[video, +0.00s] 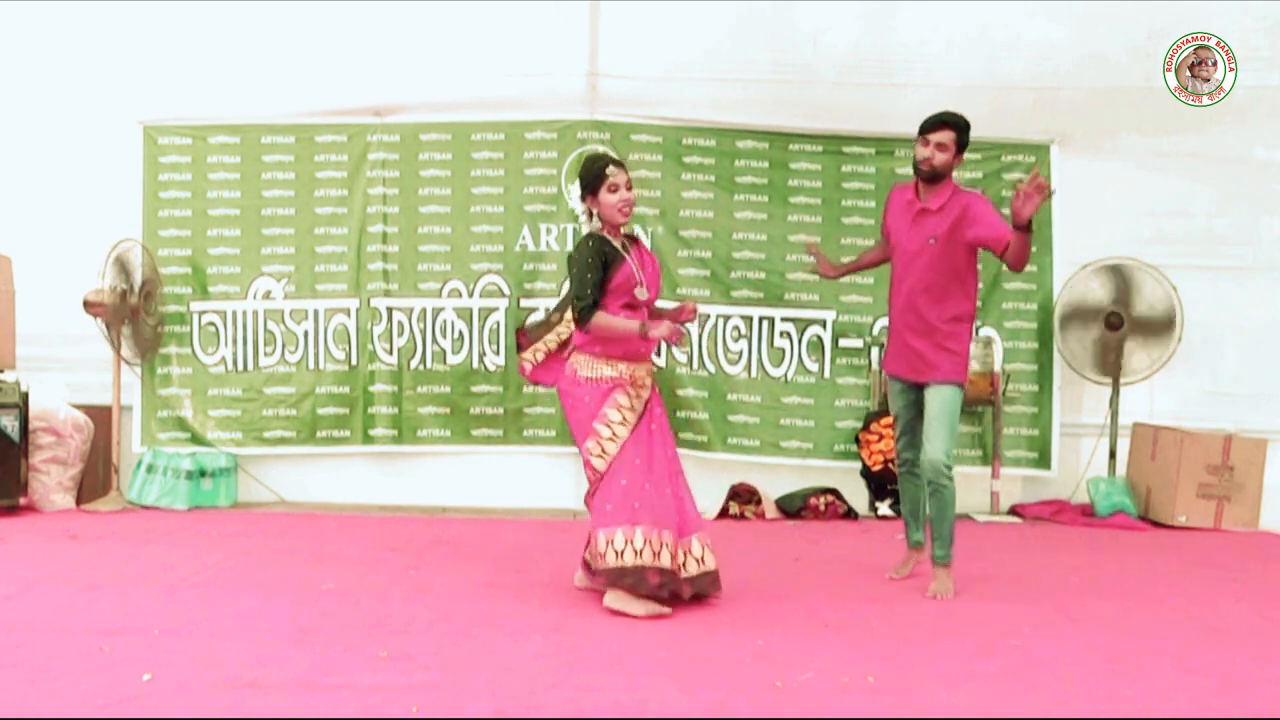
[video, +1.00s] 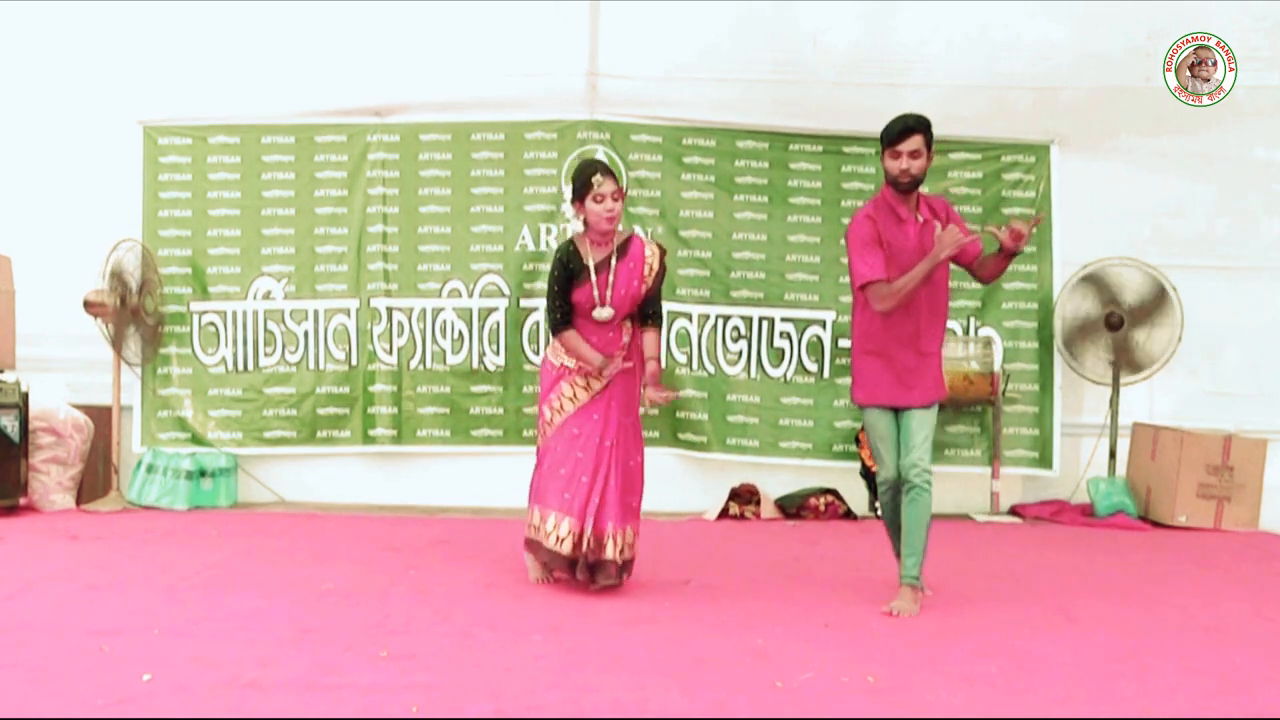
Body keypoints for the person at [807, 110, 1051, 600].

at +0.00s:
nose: (931, 152)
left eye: (943, 147)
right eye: (926, 143)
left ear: (958, 159)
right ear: (914, 147)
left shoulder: (971, 206)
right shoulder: (898, 197)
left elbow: (1017, 261)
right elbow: (889, 249)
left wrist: (1021, 225)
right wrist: (842, 269)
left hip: (947, 351)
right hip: (901, 347)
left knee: (935, 461)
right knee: (907, 457)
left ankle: (942, 566)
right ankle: (915, 548)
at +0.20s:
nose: (945, 170)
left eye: (954, 163)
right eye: (936, 163)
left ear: (967, 173)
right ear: (922, 172)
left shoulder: (983, 236)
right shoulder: (898, 231)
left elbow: (995, 304)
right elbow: (882, 300)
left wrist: (990, 343)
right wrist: (897, 346)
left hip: (960, 376)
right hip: (906, 372)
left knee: (954, 478)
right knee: (903, 477)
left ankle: (942, 570)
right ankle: (917, 550)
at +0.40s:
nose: (947, 150)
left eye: (955, 141)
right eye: (937, 143)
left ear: (968, 148)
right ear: (923, 152)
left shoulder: (986, 204)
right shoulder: (906, 207)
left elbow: (1008, 264)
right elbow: (896, 282)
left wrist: (1017, 272)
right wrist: (965, 267)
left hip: (966, 355)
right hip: (913, 355)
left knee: (967, 461)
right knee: (913, 464)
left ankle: (950, 563)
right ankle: (913, 553)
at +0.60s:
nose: (945, 168)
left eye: (953, 159)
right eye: (935, 162)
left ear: (967, 164)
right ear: (922, 170)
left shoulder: (980, 224)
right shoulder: (912, 229)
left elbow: (1014, 285)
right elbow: (920, 302)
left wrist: (1034, 274)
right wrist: (982, 266)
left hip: (973, 374)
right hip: (923, 375)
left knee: (985, 480)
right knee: (931, 480)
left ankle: (981, 578)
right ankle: (911, 546)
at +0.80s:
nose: (925, 154)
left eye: (934, 144)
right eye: (915, 146)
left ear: (949, 147)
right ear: (902, 152)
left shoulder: (965, 197)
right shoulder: (890, 205)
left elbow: (1020, 236)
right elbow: (904, 269)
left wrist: (1065, 226)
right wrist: (958, 221)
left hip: (950, 350)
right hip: (899, 349)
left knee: (957, 458)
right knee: (912, 459)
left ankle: (956, 561)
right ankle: (908, 559)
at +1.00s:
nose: (906, 164)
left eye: (916, 156)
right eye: (896, 155)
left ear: (929, 159)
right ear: (883, 158)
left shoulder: (940, 214)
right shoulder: (866, 221)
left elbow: (985, 271)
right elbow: (880, 298)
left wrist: (1007, 249)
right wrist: (934, 256)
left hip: (922, 364)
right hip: (875, 365)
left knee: (916, 470)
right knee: (891, 475)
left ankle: (911, 584)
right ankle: (909, 573)